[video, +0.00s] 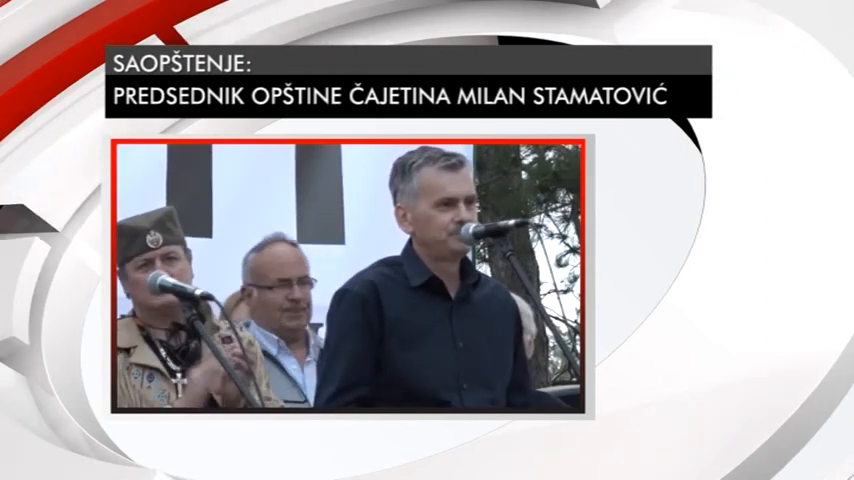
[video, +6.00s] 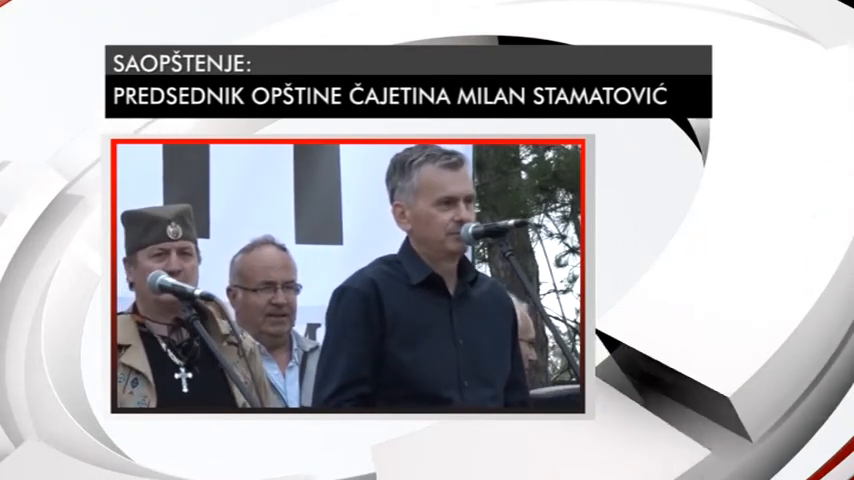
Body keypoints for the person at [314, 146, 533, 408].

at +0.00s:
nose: (464, 216)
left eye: (470, 203)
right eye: (446, 205)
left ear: (478, 207)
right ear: (404, 217)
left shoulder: (499, 302)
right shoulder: (363, 298)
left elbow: (520, 405)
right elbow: (335, 413)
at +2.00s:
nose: (462, 215)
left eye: (468, 201)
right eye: (444, 203)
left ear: (475, 206)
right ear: (403, 216)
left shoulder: (502, 301)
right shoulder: (363, 294)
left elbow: (520, 405)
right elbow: (320, 407)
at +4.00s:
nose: (460, 210)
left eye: (465, 196)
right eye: (441, 199)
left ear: (474, 203)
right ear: (401, 215)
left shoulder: (498, 300)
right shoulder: (361, 295)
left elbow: (526, 407)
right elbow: (332, 406)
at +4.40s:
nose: (459, 210)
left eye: (464, 197)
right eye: (441, 199)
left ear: (472, 204)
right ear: (400, 215)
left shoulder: (499, 300)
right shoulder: (367, 290)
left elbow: (531, 395)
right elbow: (329, 397)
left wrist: (597, 397)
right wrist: (397, 402)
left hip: (496, 461)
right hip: (401, 463)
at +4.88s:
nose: (462, 215)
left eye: (467, 201)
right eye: (444, 204)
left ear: (474, 204)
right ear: (401, 215)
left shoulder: (500, 301)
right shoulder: (368, 292)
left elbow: (536, 405)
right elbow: (331, 397)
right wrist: (371, 415)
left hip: (499, 460)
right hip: (405, 463)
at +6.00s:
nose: (464, 215)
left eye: (469, 202)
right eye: (447, 204)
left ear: (476, 206)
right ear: (402, 215)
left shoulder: (495, 300)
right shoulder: (362, 297)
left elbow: (516, 408)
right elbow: (336, 413)